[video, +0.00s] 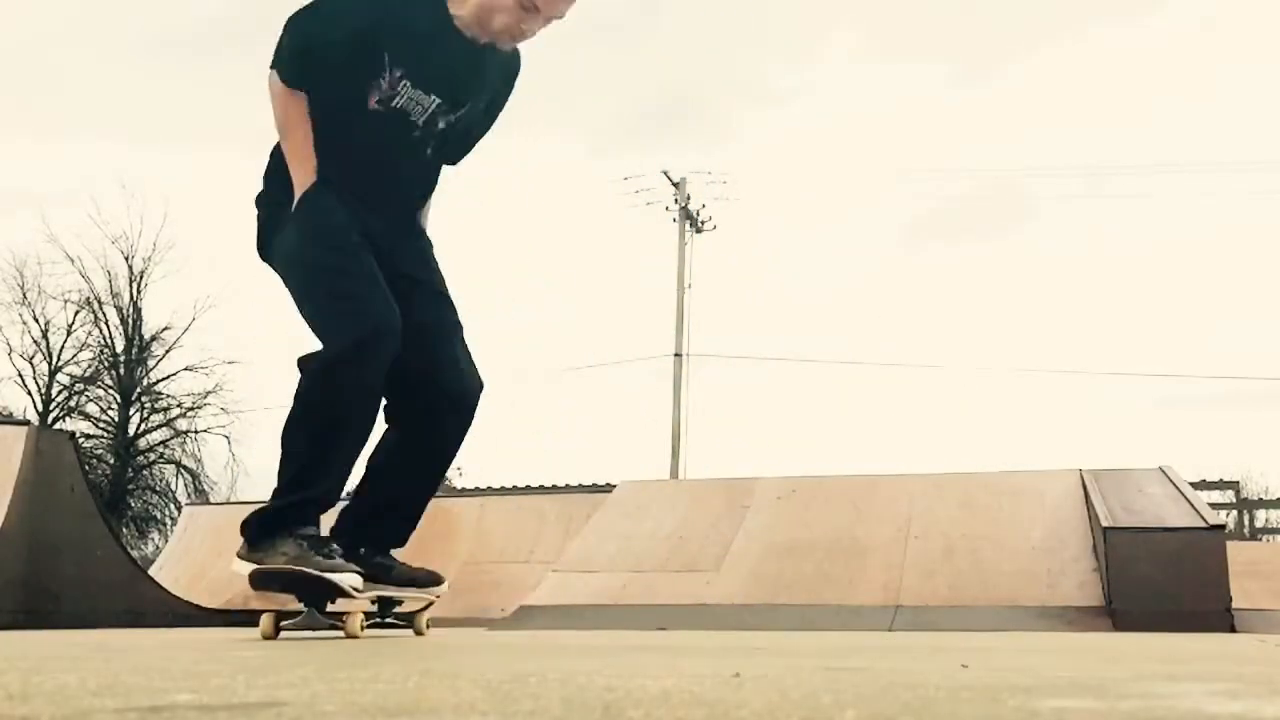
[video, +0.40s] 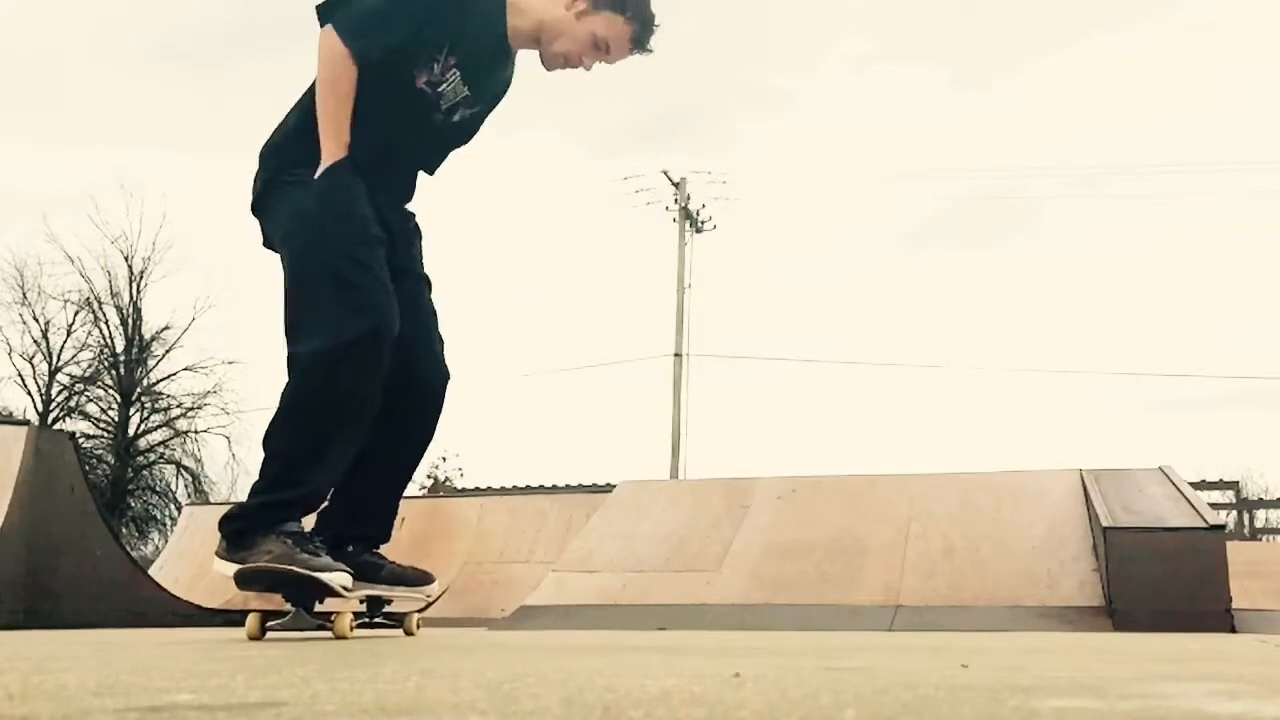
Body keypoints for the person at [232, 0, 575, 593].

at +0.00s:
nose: (534, 28)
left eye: (550, 20)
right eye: (532, 8)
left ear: (555, 19)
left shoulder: (499, 67)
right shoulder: (376, 12)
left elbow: (430, 158)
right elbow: (287, 71)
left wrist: (413, 237)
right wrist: (307, 192)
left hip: (392, 221)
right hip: (315, 196)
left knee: (449, 387)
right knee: (366, 335)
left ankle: (362, 543)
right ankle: (281, 530)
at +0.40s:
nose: (591, 63)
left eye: (604, 59)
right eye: (599, 45)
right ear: (577, 4)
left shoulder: (496, 77)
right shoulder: (459, 9)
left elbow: (411, 149)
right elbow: (341, 36)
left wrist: (392, 211)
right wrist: (334, 161)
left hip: (385, 200)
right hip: (318, 172)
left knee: (419, 375)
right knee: (357, 333)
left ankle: (348, 541)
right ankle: (261, 527)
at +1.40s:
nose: (707, 1)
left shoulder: (543, 8)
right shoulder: (673, 3)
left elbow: (511, 98)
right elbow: (651, 82)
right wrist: (657, 191)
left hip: (508, 185)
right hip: (603, 191)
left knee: (489, 365)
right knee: (608, 386)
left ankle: (463, 516)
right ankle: (602, 539)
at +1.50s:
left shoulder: (565, 8)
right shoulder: (700, 4)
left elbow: (528, 102)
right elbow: (680, 90)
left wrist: (518, 177)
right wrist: (679, 197)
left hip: (532, 189)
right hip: (628, 194)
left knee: (512, 367)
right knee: (626, 384)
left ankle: (489, 517)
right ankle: (624, 541)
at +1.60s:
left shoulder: (586, 7)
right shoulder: (723, 7)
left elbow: (550, 102)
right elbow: (707, 98)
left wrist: (541, 182)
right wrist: (704, 205)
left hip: (556, 194)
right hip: (651, 199)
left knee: (538, 370)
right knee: (650, 386)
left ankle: (515, 518)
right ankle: (645, 544)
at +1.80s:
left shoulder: (619, 11)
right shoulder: (755, 13)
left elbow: (586, 114)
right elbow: (749, 116)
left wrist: (577, 197)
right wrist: (743, 219)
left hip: (598, 212)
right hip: (694, 218)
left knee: (580, 377)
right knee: (689, 398)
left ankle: (561, 519)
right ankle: (682, 548)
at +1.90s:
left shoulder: (628, 16)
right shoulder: (767, 20)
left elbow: (600, 118)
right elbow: (765, 123)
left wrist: (591, 206)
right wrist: (759, 224)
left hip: (619, 217)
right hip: (716, 221)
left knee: (602, 385)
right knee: (712, 397)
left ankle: (593, 532)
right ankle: (709, 549)